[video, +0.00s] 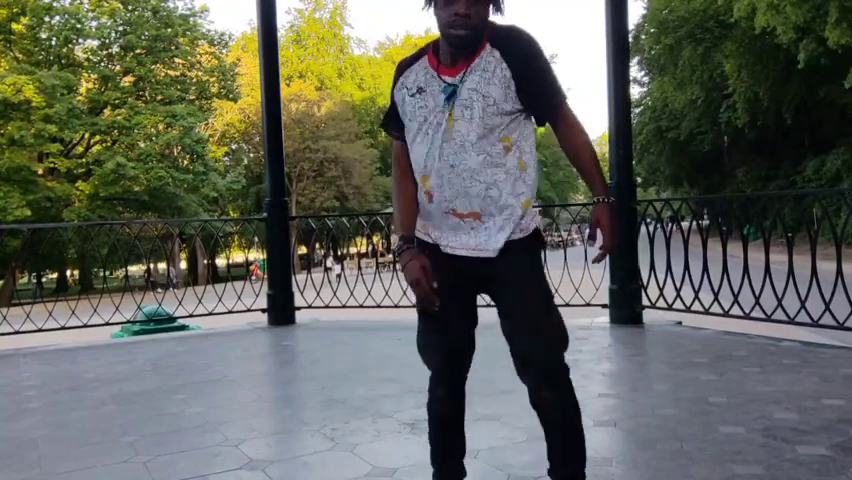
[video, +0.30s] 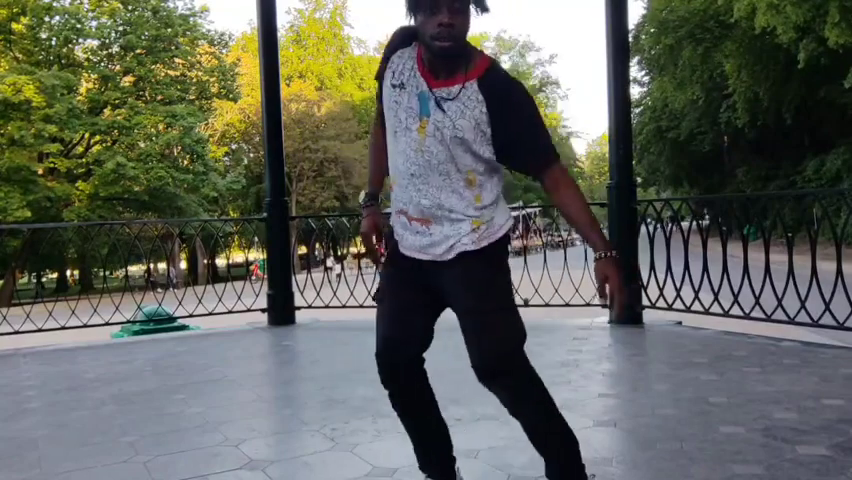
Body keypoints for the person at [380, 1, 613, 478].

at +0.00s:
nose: (462, 11)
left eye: (474, 3)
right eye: (451, 2)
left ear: (490, 8)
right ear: (434, 7)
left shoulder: (513, 47)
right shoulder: (408, 73)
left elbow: (563, 121)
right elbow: (403, 166)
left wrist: (602, 197)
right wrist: (406, 244)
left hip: (512, 247)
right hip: (441, 251)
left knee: (545, 373)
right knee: (445, 380)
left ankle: (568, 473)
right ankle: (447, 473)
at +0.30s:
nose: (446, 19)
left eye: (457, 9)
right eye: (433, 9)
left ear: (470, 14)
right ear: (415, 16)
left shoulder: (497, 91)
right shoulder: (399, 52)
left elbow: (550, 171)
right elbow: (383, 126)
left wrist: (603, 248)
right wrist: (370, 202)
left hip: (475, 251)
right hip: (409, 249)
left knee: (501, 367)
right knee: (395, 361)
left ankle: (567, 468)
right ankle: (440, 471)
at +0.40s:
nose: (422, 24)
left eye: (436, 13)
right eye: (410, 13)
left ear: (453, 21)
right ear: (393, 19)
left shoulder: (480, 93)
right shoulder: (374, 57)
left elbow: (512, 181)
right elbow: (354, 113)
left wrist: (540, 273)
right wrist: (348, 191)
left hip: (476, 257)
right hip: (398, 254)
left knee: (517, 368)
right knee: (372, 358)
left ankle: (549, 471)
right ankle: (425, 469)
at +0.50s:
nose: (403, 29)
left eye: (416, 18)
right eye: (391, 18)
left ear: (434, 24)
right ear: (376, 25)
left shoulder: (464, 90)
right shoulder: (360, 68)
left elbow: (472, 183)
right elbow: (332, 115)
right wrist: (321, 182)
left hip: (468, 252)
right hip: (391, 250)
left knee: (494, 368)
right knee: (364, 363)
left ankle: (513, 470)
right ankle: (421, 470)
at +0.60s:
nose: (388, 32)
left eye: (400, 22)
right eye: (378, 22)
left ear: (420, 27)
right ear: (364, 29)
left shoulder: (454, 90)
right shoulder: (354, 78)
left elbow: (439, 188)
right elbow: (324, 123)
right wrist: (301, 177)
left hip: (458, 261)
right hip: (385, 260)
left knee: (470, 364)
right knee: (356, 370)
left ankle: (480, 446)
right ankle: (415, 468)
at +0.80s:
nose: (379, 32)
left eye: (391, 22)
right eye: (369, 25)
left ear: (409, 28)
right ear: (356, 37)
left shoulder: (434, 64)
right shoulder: (358, 104)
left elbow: (431, 149)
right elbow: (331, 169)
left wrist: (344, 204)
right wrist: (279, 187)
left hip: (441, 254)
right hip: (374, 255)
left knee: (443, 361)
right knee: (375, 370)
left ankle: (403, 420)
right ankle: (392, 470)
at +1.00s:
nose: (388, 34)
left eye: (399, 24)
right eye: (377, 26)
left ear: (416, 29)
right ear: (364, 35)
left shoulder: (440, 66)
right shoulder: (353, 113)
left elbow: (471, 132)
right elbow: (340, 192)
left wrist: (405, 183)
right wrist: (282, 245)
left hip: (422, 237)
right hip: (354, 243)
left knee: (424, 338)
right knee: (354, 358)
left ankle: (407, 370)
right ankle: (399, 468)